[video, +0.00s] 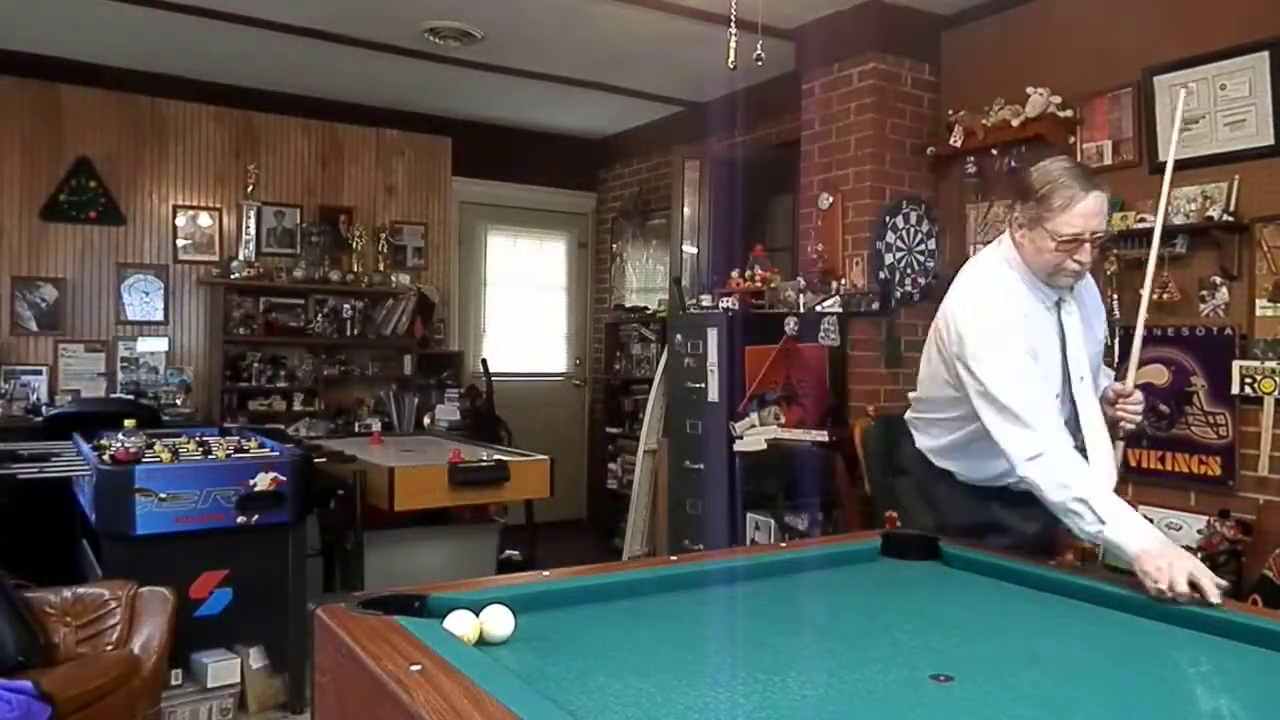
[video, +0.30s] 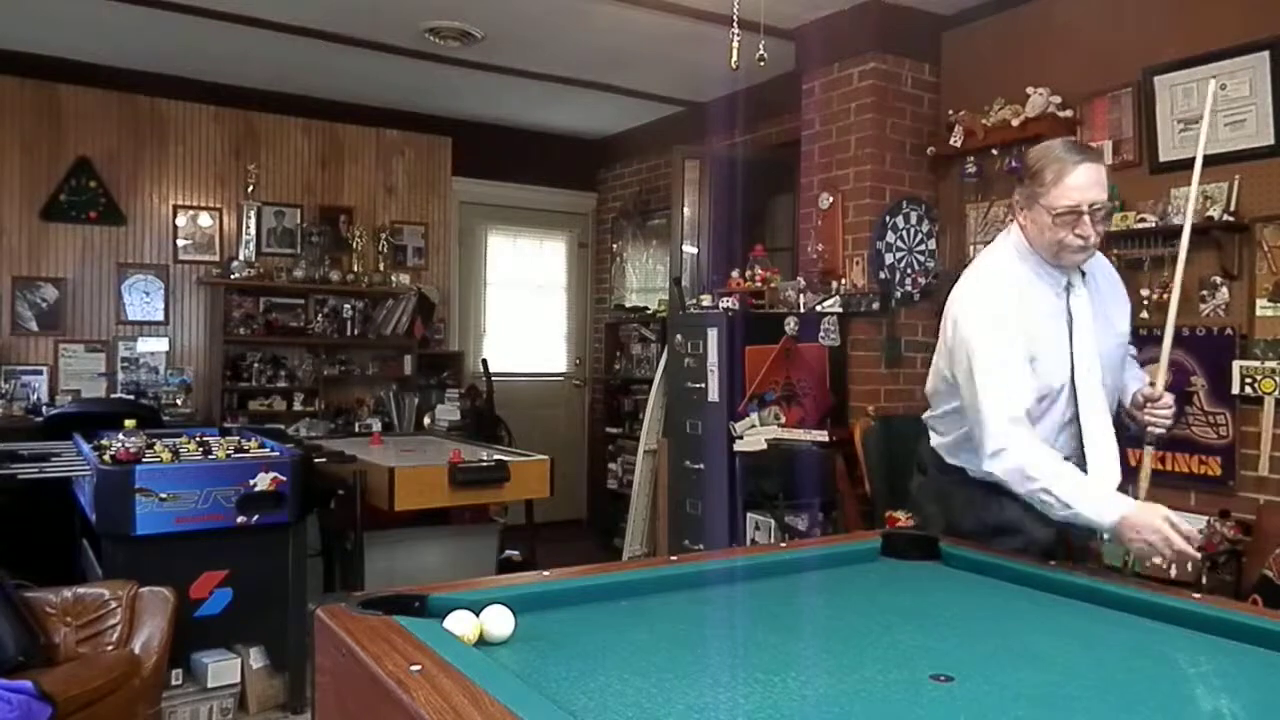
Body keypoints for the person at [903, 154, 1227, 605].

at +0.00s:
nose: (1085, 259)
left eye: (1095, 242)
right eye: (1069, 242)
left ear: (1103, 234)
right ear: (1020, 227)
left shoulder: (1077, 282)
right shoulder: (984, 306)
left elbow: (1085, 368)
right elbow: (1039, 453)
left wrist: (1107, 396)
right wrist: (1146, 545)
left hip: (1036, 497)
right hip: (957, 499)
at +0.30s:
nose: (1087, 231)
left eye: (1098, 212)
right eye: (1067, 214)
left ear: (1107, 207)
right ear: (1022, 210)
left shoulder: (1098, 274)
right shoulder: (986, 296)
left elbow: (1116, 360)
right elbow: (1005, 448)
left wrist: (1138, 398)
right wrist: (1118, 514)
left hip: (1066, 492)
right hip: (979, 499)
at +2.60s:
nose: (1059, 195)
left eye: (1076, 181)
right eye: (1044, 181)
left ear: (1100, 186)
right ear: (1022, 188)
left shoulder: (1144, 275)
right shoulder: (982, 274)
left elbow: (1201, 381)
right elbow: (921, 342)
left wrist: (1150, 442)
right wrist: (929, 367)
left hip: (1111, 502)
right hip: (1004, 497)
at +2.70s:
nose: (1081, 200)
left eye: (1098, 185)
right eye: (1065, 184)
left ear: (1121, 189)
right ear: (1041, 185)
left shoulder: (1160, 277)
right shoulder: (996, 273)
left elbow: (1220, 382)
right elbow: (938, 358)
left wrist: (1177, 434)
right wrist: (953, 410)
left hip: (1122, 507)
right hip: (1011, 500)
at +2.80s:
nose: (1110, 205)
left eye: (1128, 191)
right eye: (1096, 187)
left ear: (1154, 199)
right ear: (1067, 187)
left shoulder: (1189, 286)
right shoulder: (1015, 274)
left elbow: (1239, 390)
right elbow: (959, 370)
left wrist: (1199, 438)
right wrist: (986, 441)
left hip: (1133, 518)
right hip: (1023, 508)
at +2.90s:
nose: (1146, 208)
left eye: (1166, 195)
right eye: (1134, 189)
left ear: (1190, 201)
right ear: (1106, 183)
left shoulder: (1220, 293)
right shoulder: (1041, 272)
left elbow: (1264, 397)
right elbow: (985, 373)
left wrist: (1219, 446)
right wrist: (1012, 457)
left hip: (1153, 523)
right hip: (1040, 513)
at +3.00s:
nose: (1181, 217)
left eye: (1203, 204)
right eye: (1170, 195)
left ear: (1224, 209)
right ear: (1138, 185)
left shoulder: (1251, 299)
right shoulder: (1065, 268)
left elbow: (1271, 407)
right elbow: (1007, 380)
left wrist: (1236, 452)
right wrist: (1037, 472)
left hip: (1174, 527)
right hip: (1060, 515)